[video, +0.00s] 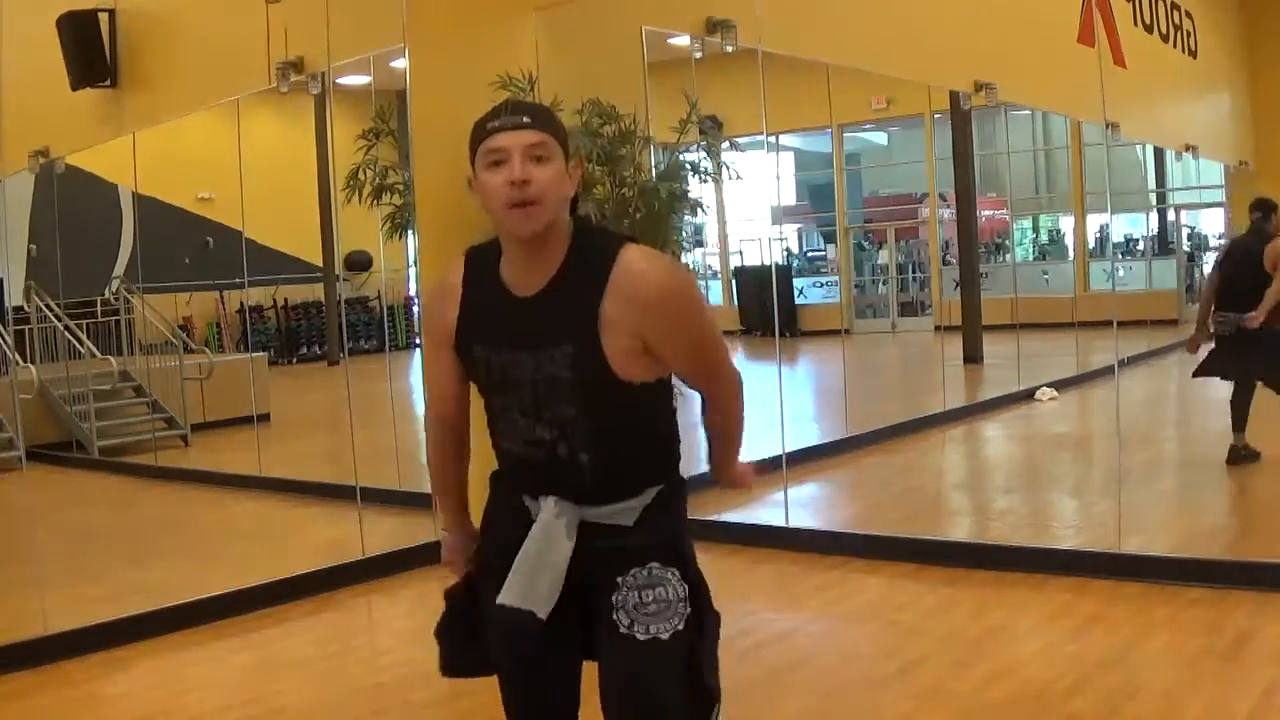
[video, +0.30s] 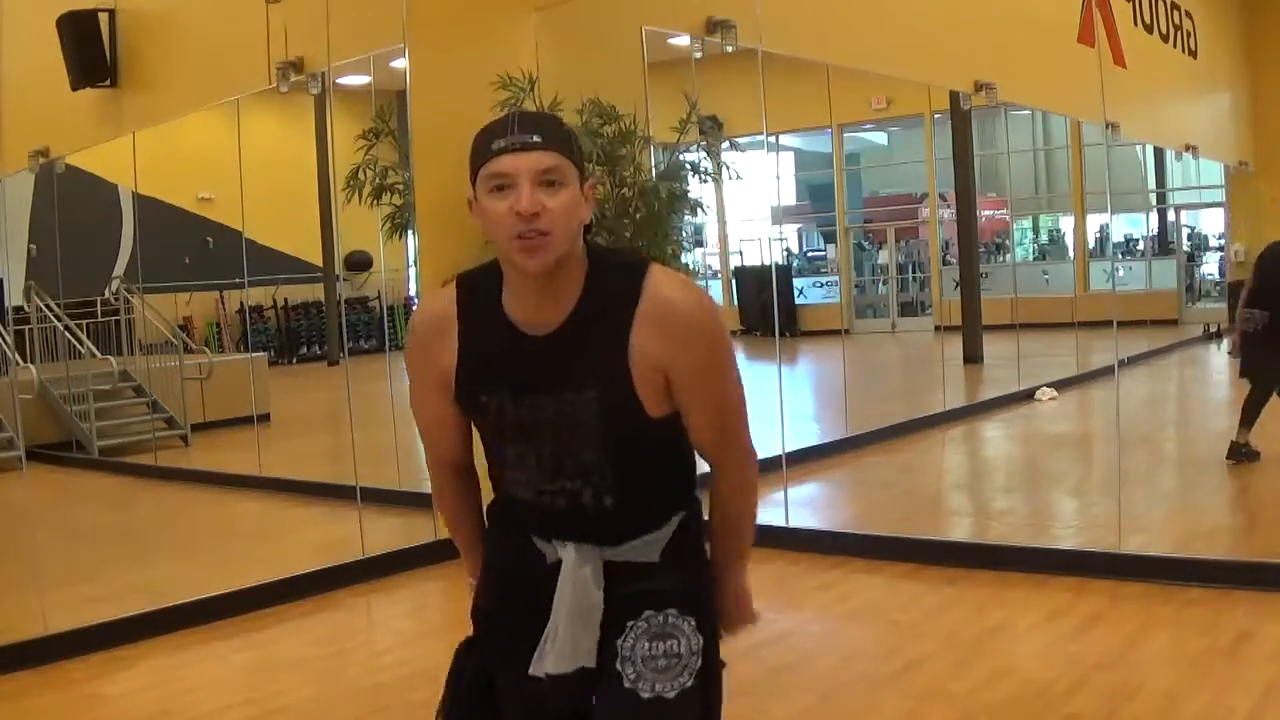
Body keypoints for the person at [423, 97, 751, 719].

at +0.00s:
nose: (517, 174)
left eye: (537, 157)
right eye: (497, 161)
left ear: (573, 177)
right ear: (475, 189)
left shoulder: (645, 282)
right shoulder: (456, 292)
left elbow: (720, 383)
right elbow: (446, 418)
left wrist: (727, 468)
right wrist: (454, 525)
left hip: (636, 536)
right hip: (523, 536)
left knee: (650, 705)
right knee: (532, 706)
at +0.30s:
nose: (527, 206)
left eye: (550, 183)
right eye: (502, 188)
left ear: (587, 198)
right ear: (476, 209)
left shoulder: (669, 310)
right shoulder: (442, 325)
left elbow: (731, 459)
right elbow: (450, 470)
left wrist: (729, 578)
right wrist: (481, 572)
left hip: (652, 581)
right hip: (525, 579)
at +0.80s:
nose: (589, 198)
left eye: (618, 171)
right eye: (562, 176)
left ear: (661, 185)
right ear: (533, 197)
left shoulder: (751, 308)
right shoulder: (494, 316)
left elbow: (813, 488)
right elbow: (501, 455)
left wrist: (817, 631)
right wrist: (529, 560)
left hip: (719, 571)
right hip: (580, 565)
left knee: (714, 706)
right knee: (548, 704)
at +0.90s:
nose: (625, 187)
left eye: (652, 163)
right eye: (598, 165)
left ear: (694, 182)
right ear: (570, 192)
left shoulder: (777, 307)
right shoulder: (527, 307)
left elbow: (854, 466)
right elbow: (521, 452)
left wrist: (869, 602)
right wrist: (539, 576)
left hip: (736, 581)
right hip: (600, 573)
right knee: (572, 703)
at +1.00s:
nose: (673, 176)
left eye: (700, 155)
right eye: (648, 155)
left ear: (736, 181)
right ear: (616, 184)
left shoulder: (810, 299)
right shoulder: (571, 300)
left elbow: (905, 428)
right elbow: (535, 455)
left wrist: (918, 547)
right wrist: (527, 599)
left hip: (763, 577)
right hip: (634, 568)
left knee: (759, 706)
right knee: (594, 700)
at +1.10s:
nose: (725, 168)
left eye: (751, 151)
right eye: (700, 150)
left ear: (782, 181)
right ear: (669, 183)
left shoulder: (855, 292)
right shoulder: (619, 309)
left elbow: (928, 380)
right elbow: (572, 471)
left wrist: (924, 464)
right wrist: (538, 638)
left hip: (804, 576)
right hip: (675, 571)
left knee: (797, 705)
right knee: (636, 701)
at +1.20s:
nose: (797, 146)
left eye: (816, 130)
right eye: (770, 131)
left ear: (840, 156)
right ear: (732, 165)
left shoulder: (904, 273)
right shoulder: (673, 293)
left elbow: (927, 346)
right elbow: (643, 446)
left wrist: (841, 427)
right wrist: (663, 573)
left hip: (850, 560)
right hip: (720, 561)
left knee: (844, 705)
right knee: (678, 704)